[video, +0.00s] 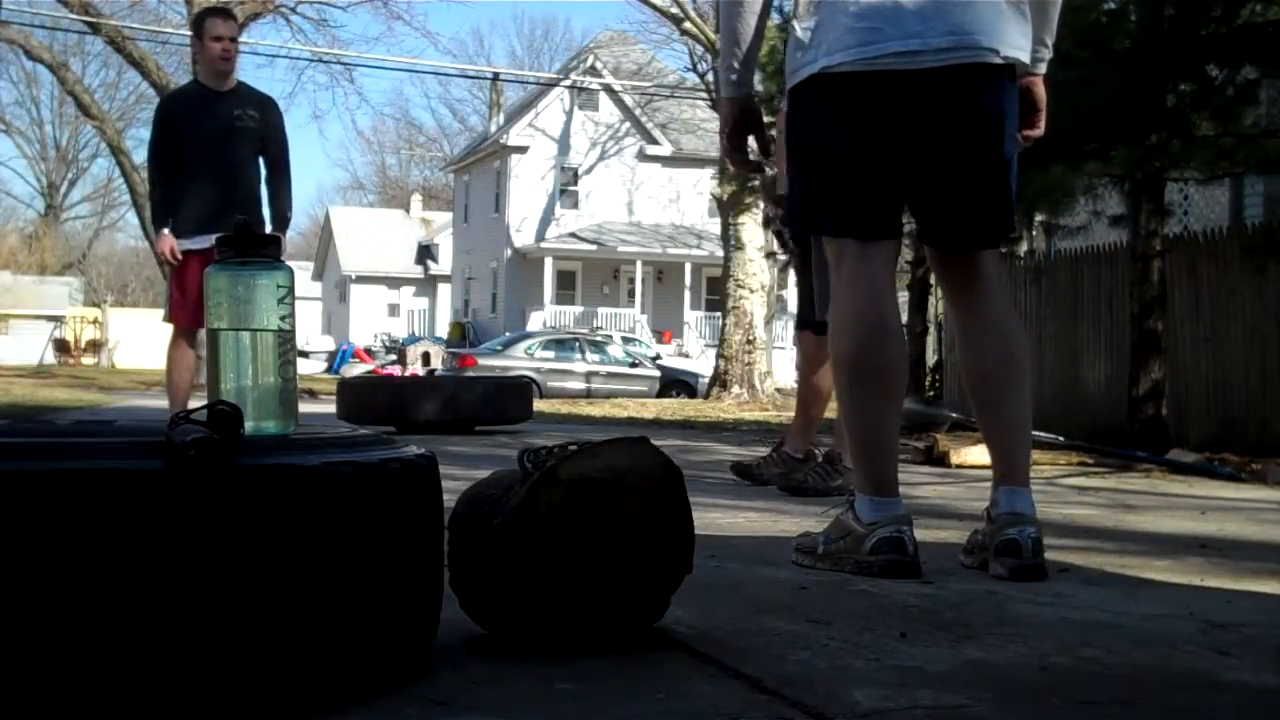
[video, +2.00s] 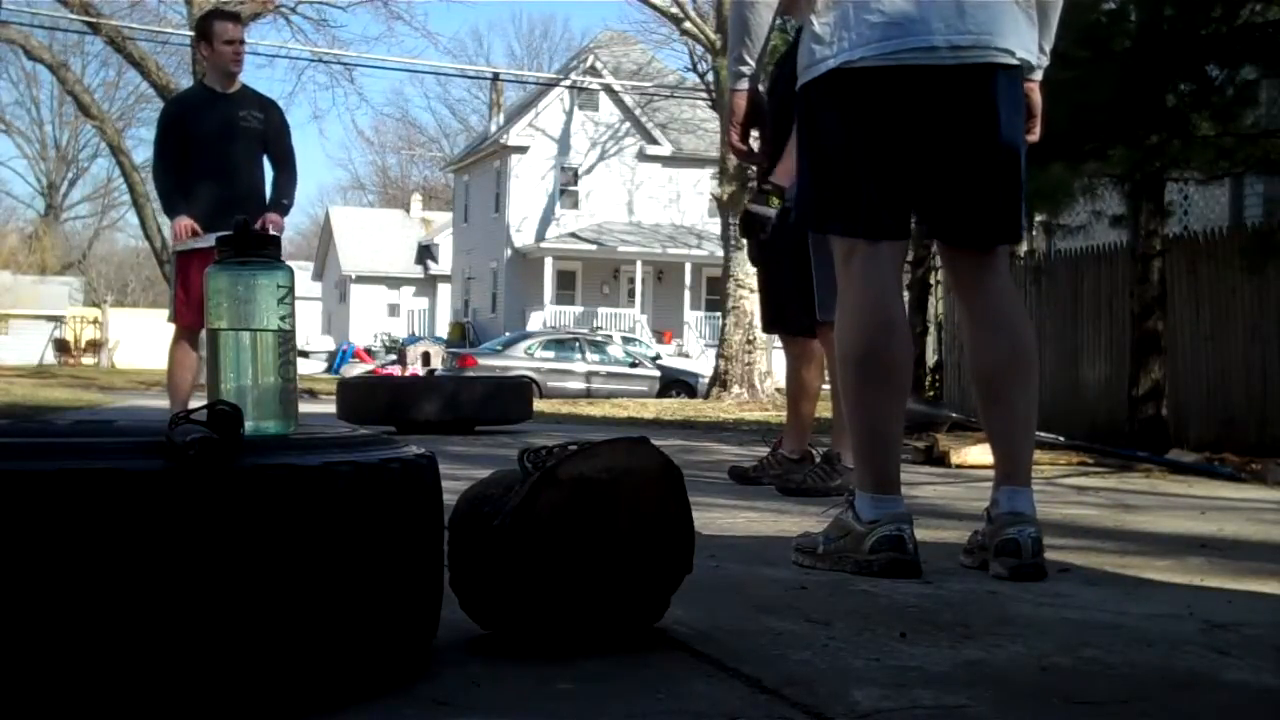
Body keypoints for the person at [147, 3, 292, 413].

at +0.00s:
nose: (228, 48)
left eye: (233, 40)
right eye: (218, 40)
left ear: (239, 46)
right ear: (197, 46)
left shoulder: (262, 106)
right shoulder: (172, 106)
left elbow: (278, 172)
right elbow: (159, 170)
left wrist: (279, 230)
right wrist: (161, 229)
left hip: (246, 237)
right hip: (189, 238)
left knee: (245, 334)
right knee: (186, 332)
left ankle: (242, 424)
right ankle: (178, 422)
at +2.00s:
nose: (239, 50)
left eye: (242, 43)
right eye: (229, 43)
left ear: (246, 47)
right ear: (204, 49)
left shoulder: (265, 110)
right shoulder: (178, 109)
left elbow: (285, 167)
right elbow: (163, 170)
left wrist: (278, 210)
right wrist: (177, 213)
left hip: (252, 238)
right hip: (197, 237)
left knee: (252, 332)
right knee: (189, 329)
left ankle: (249, 423)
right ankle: (178, 420)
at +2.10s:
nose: (239, 50)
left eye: (242, 43)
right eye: (229, 43)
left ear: (245, 47)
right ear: (204, 49)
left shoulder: (265, 110)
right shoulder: (178, 109)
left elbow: (285, 168)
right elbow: (163, 170)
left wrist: (276, 210)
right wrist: (179, 213)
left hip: (251, 237)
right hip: (197, 237)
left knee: (251, 331)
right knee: (189, 329)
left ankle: (248, 423)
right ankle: (178, 420)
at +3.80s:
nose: (236, 47)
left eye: (239, 41)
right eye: (226, 41)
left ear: (244, 46)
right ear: (203, 48)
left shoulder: (265, 108)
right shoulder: (178, 107)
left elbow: (282, 172)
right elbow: (161, 169)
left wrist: (280, 230)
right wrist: (167, 220)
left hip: (249, 240)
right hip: (193, 239)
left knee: (248, 334)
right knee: (187, 330)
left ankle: (247, 424)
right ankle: (178, 420)